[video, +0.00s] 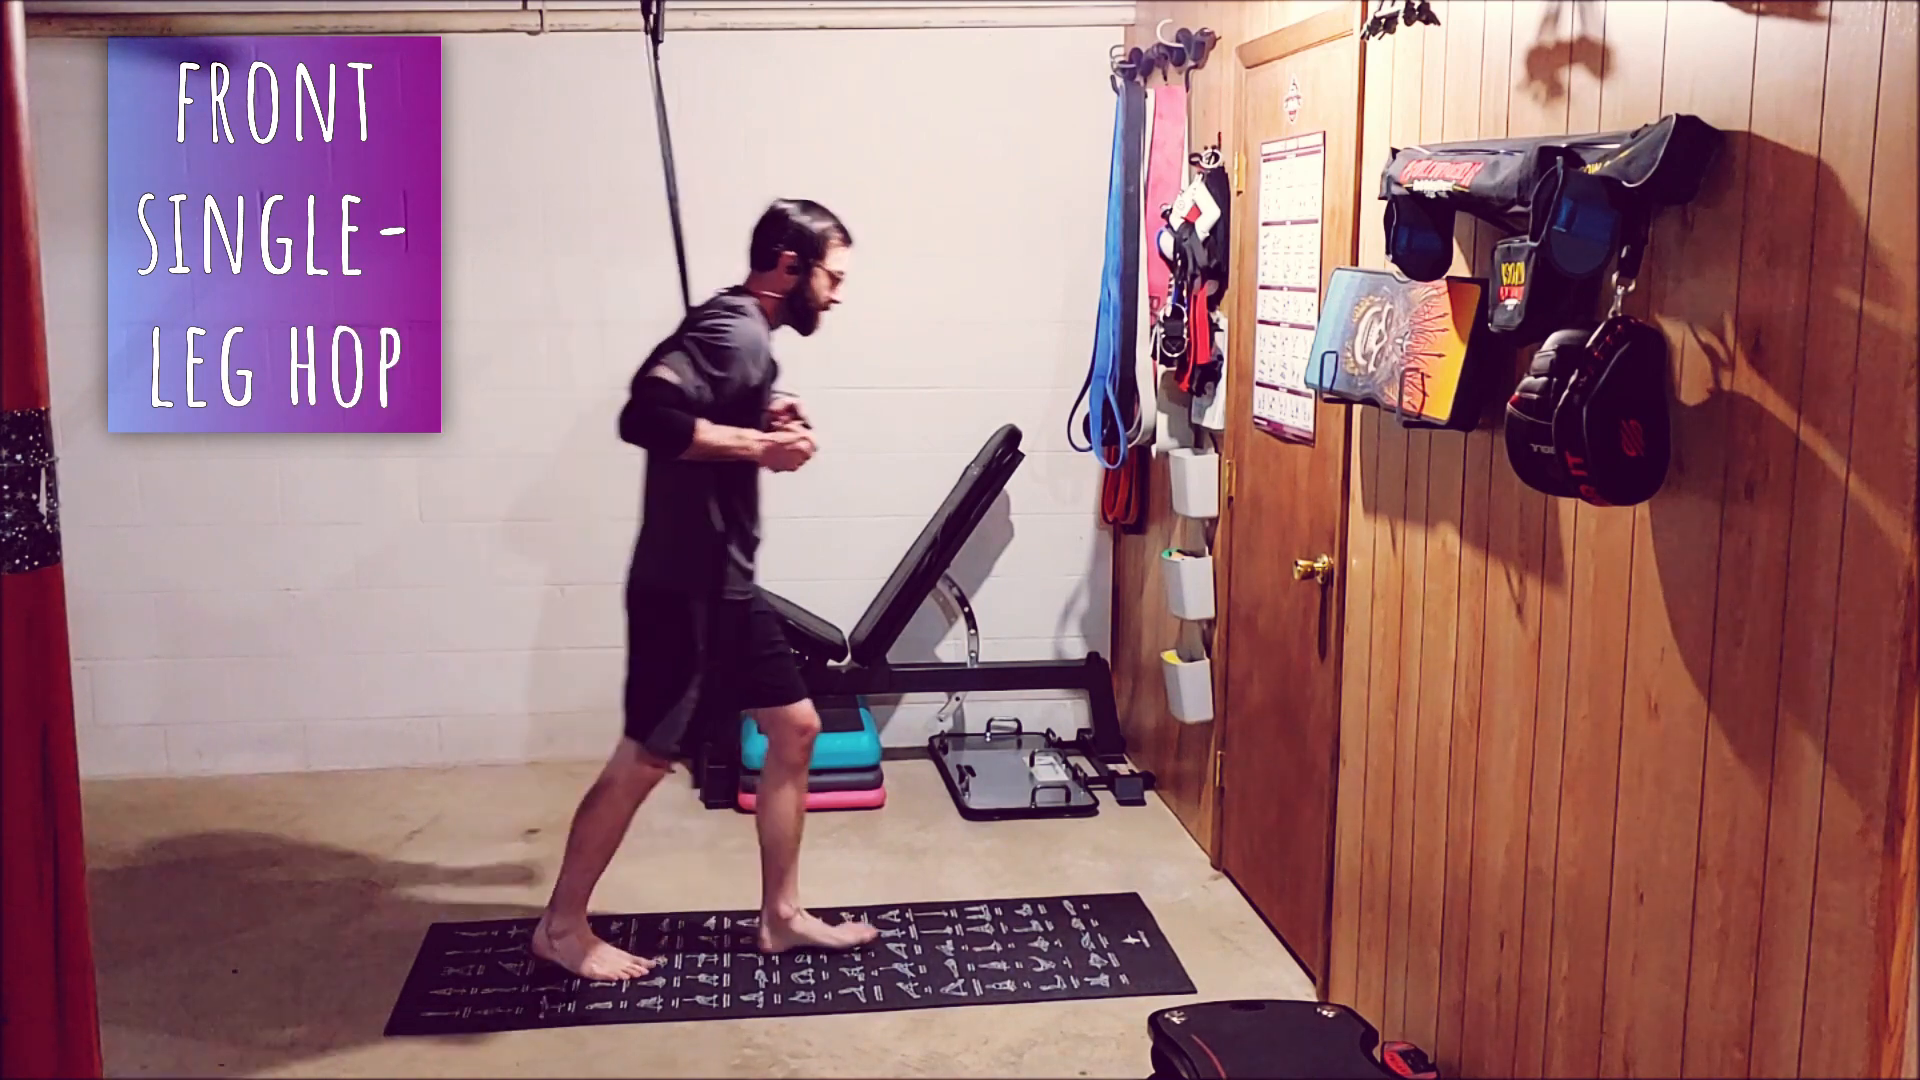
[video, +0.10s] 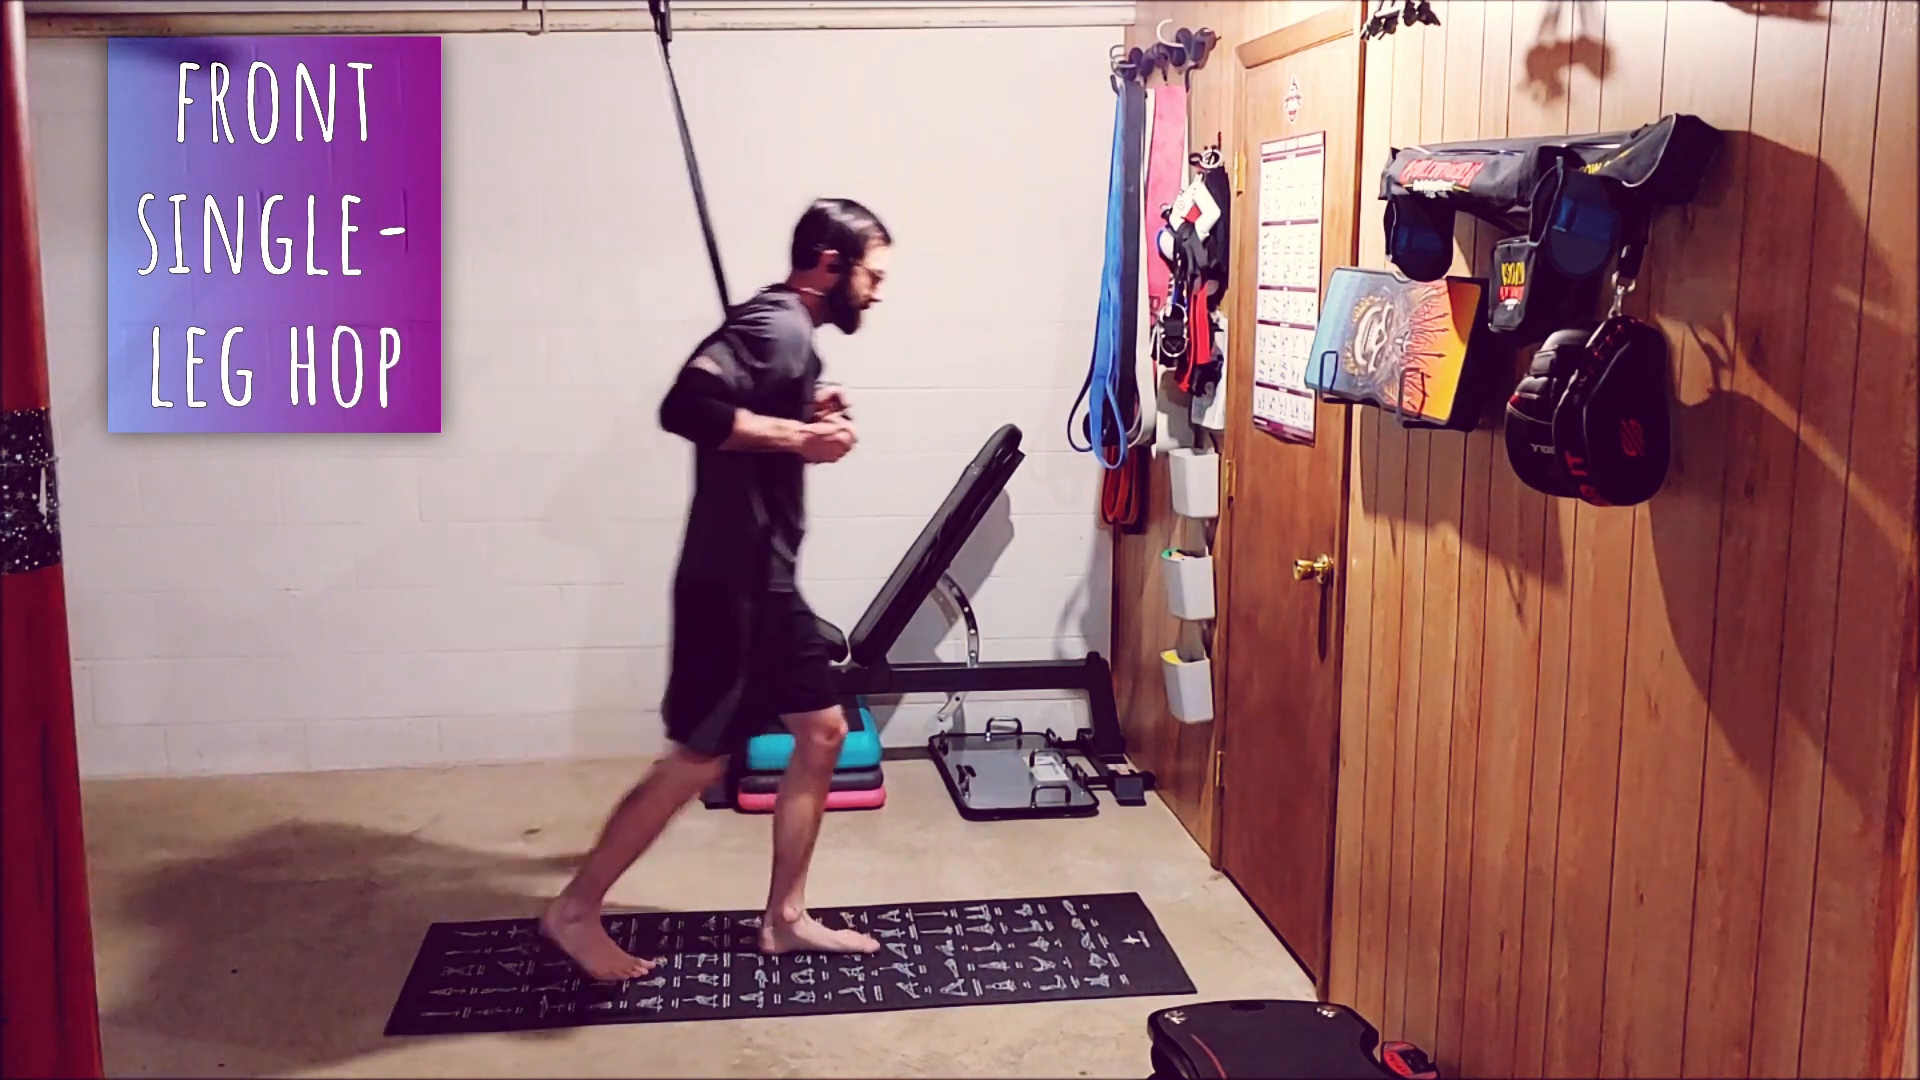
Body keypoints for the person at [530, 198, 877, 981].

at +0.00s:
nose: (837, 295)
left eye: (840, 280)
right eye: (833, 278)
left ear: (785, 267)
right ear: (787, 266)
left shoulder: (750, 331)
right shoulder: (729, 326)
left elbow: (703, 417)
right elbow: (644, 416)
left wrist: (772, 414)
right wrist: (759, 444)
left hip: (727, 581)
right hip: (684, 582)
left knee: (795, 727)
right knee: (645, 757)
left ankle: (784, 914)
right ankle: (561, 928)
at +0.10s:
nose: (880, 289)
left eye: (882, 275)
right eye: (873, 273)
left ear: (825, 267)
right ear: (827, 266)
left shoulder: (793, 332)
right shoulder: (771, 322)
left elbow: (741, 413)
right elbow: (686, 406)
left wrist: (813, 411)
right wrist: (798, 436)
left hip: (768, 577)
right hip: (728, 577)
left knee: (823, 728)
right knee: (702, 755)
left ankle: (787, 915)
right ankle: (574, 910)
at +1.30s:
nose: (980, 287)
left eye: (986, 274)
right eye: (980, 269)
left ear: (932, 246)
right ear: (939, 245)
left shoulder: (888, 296)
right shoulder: (886, 297)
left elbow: (816, 378)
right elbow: (801, 376)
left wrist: (920, 379)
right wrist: (909, 391)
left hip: (849, 541)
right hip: (879, 538)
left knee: (832, 731)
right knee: (1045, 609)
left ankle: (784, 915)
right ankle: (883, 716)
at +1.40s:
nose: (958, 289)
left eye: (965, 274)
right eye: (958, 270)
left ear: (910, 248)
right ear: (916, 248)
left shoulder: (867, 305)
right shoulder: (859, 306)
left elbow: (808, 387)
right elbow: (774, 388)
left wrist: (893, 380)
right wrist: (885, 404)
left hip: (825, 549)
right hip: (851, 550)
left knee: (818, 739)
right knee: (987, 672)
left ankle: (782, 919)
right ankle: (815, 766)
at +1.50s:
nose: (936, 283)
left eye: (941, 269)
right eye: (933, 265)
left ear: (887, 251)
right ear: (889, 249)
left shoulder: (852, 316)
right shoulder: (829, 307)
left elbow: (795, 407)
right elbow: (745, 396)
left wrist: (870, 397)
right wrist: (858, 417)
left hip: (819, 553)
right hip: (819, 557)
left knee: (803, 733)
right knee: (920, 717)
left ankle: (780, 917)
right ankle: (735, 805)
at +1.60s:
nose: (910, 282)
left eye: (915, 267)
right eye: (907, 264)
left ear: (860, 249)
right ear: (862, 246)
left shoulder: (825, 316)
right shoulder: (806, 311)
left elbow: (780, 408)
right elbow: (716, 400)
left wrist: (847, 402)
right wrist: (832, 427)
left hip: (798, 559)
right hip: (793, 562)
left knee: (793, 741)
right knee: (840, 745)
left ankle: (780, 921)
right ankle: (665, 845)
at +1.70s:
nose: (885, 282)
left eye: (890, 266)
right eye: (882, 264)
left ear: (835, 248)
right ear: (837, 246)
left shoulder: (798, 320)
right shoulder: (777, 317)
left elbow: (747, 413)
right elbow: (689, 406)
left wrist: (814, 410)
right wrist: (802, 435)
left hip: (785, 564)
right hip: (759, 566)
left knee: (778, 744)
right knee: (761, 753)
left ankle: (780, 916)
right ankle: (611, 889)